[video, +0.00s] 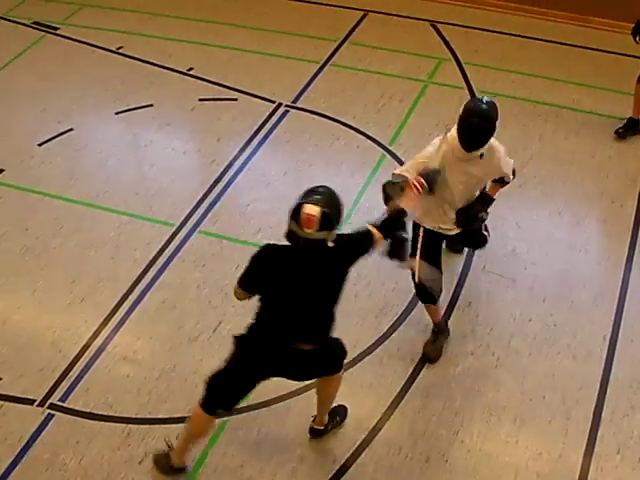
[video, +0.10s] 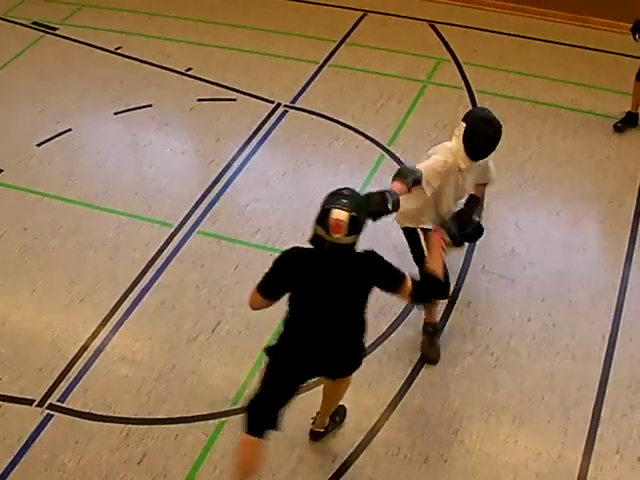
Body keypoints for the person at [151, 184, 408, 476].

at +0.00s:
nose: (308, 216)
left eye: (311, 213)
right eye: (311, 211)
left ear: (294, 220)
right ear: (332, 226)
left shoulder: (271, 255)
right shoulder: (341, 252)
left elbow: (241, 293)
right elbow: (380, 230)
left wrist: (274, 275)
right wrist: (401, 206)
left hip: (258, 354)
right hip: (305, 361)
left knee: (214, 397)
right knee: (334, 352)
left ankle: (178, 459)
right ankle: (321, 421)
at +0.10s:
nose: (338, 223)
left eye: (336, 218)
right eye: (345, 219)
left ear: (319, 222)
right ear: (359, 230)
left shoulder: (296, 259)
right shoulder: (367, 264)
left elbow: (256, 301)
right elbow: (425, 291)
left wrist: (293, 281)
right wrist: (436, 245)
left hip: (294, 354)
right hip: (340, 358)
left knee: (258, 417)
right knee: (340, 373)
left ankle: (242, 475)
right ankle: (322, 422)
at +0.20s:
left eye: (346, 222)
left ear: (342, 230)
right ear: (382, 238)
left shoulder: (315, 266)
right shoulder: (386, 278)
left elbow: (271, 305)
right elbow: (435, 330)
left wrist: (304, 287)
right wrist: (472, 284)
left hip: (322, 358)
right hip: (367, 356)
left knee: (306, 434)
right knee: (344, 386)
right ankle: (330, 419)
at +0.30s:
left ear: (361, 249)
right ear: (404, 257)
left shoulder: (335, 289)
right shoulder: (409, 299)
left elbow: (293, 334)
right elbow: (443, 364)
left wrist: (321, 315)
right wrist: (485, 325)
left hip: (349, 385)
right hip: (393, 380)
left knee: (354, 454)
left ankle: (358, 465)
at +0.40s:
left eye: (383, 274)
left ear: (385, 280)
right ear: (429, 282)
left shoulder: (364, 324)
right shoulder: (441, 326)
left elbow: (330, 375)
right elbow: (464, 389)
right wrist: (490, 351)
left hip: (379, 414)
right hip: (422, 408)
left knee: (378, 469)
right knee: (406, 430)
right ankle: (400, 467)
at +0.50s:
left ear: (418, 299)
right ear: (462, 296)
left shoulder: (401, 352)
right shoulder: (477, 339)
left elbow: (381, 410)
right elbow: (494, 395)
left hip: (412, 435)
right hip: (457, 426)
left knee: (381, 473)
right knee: (454, 446)